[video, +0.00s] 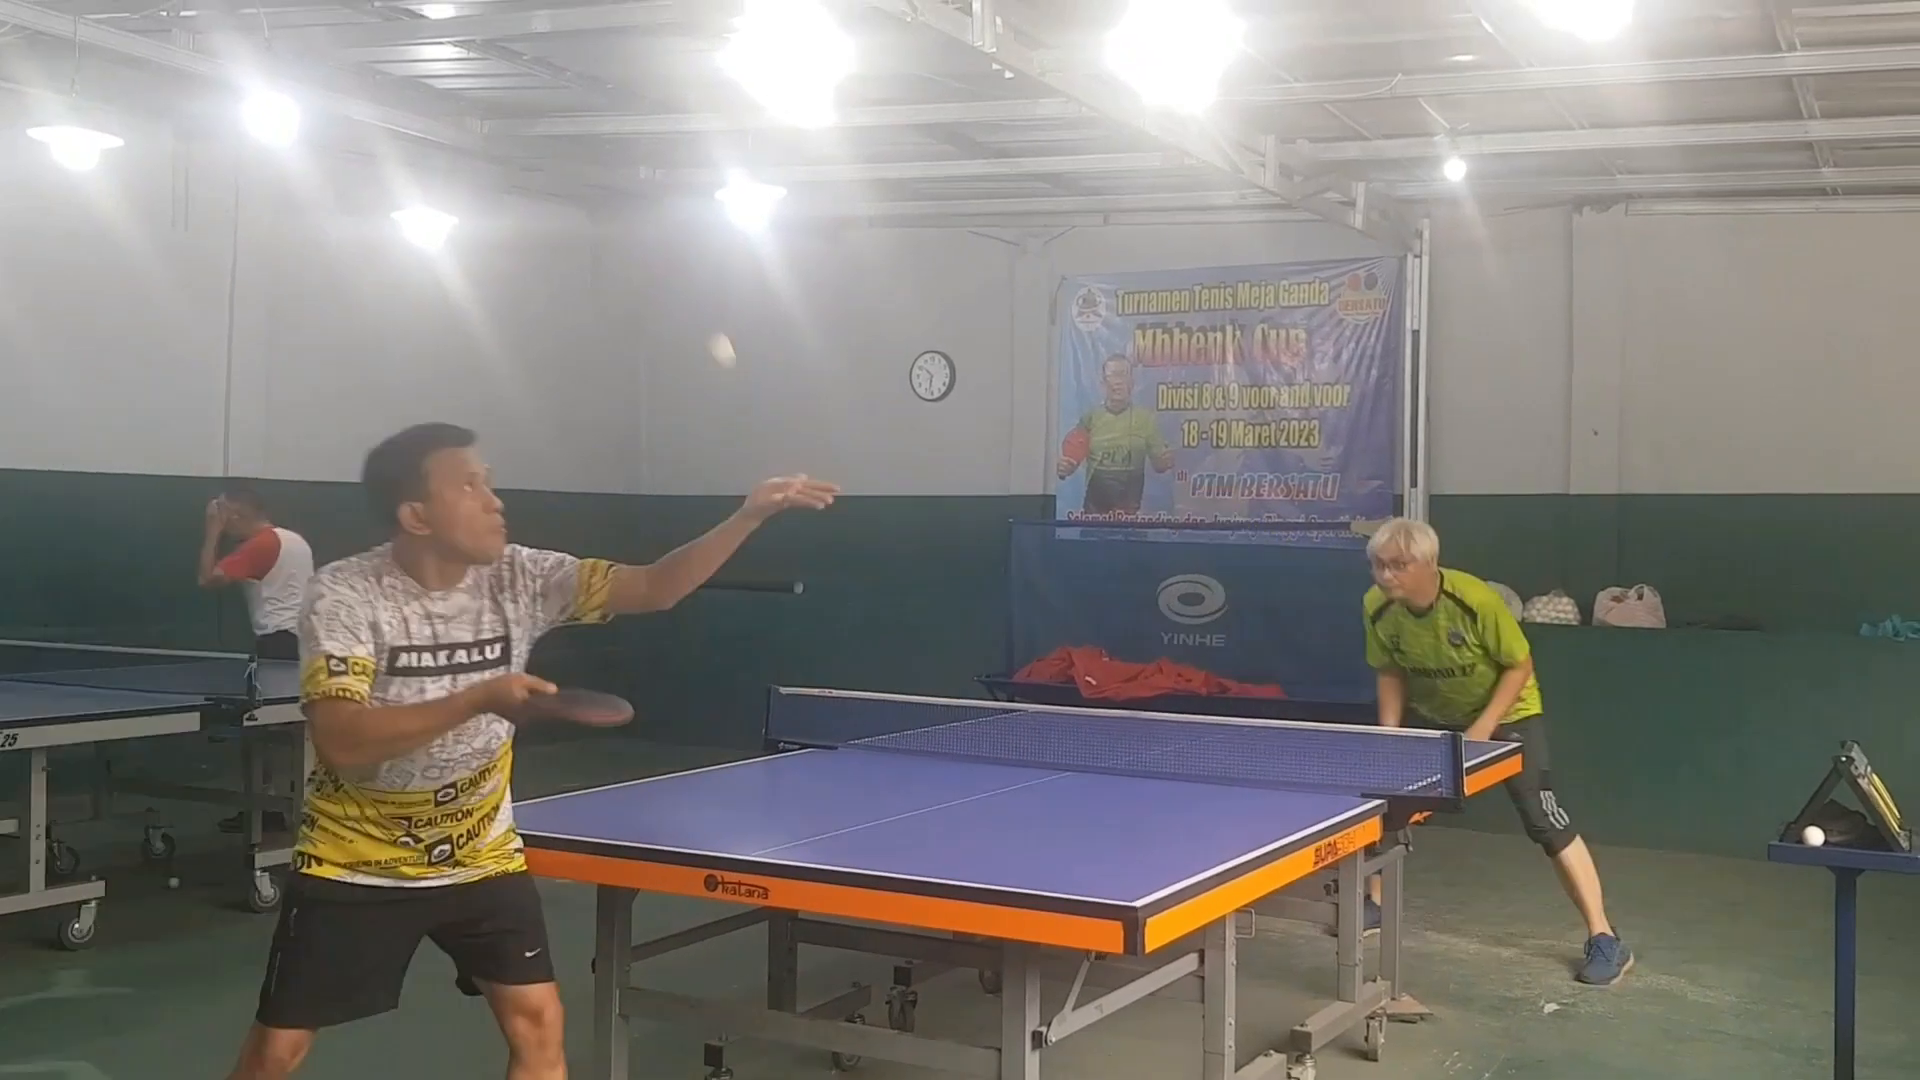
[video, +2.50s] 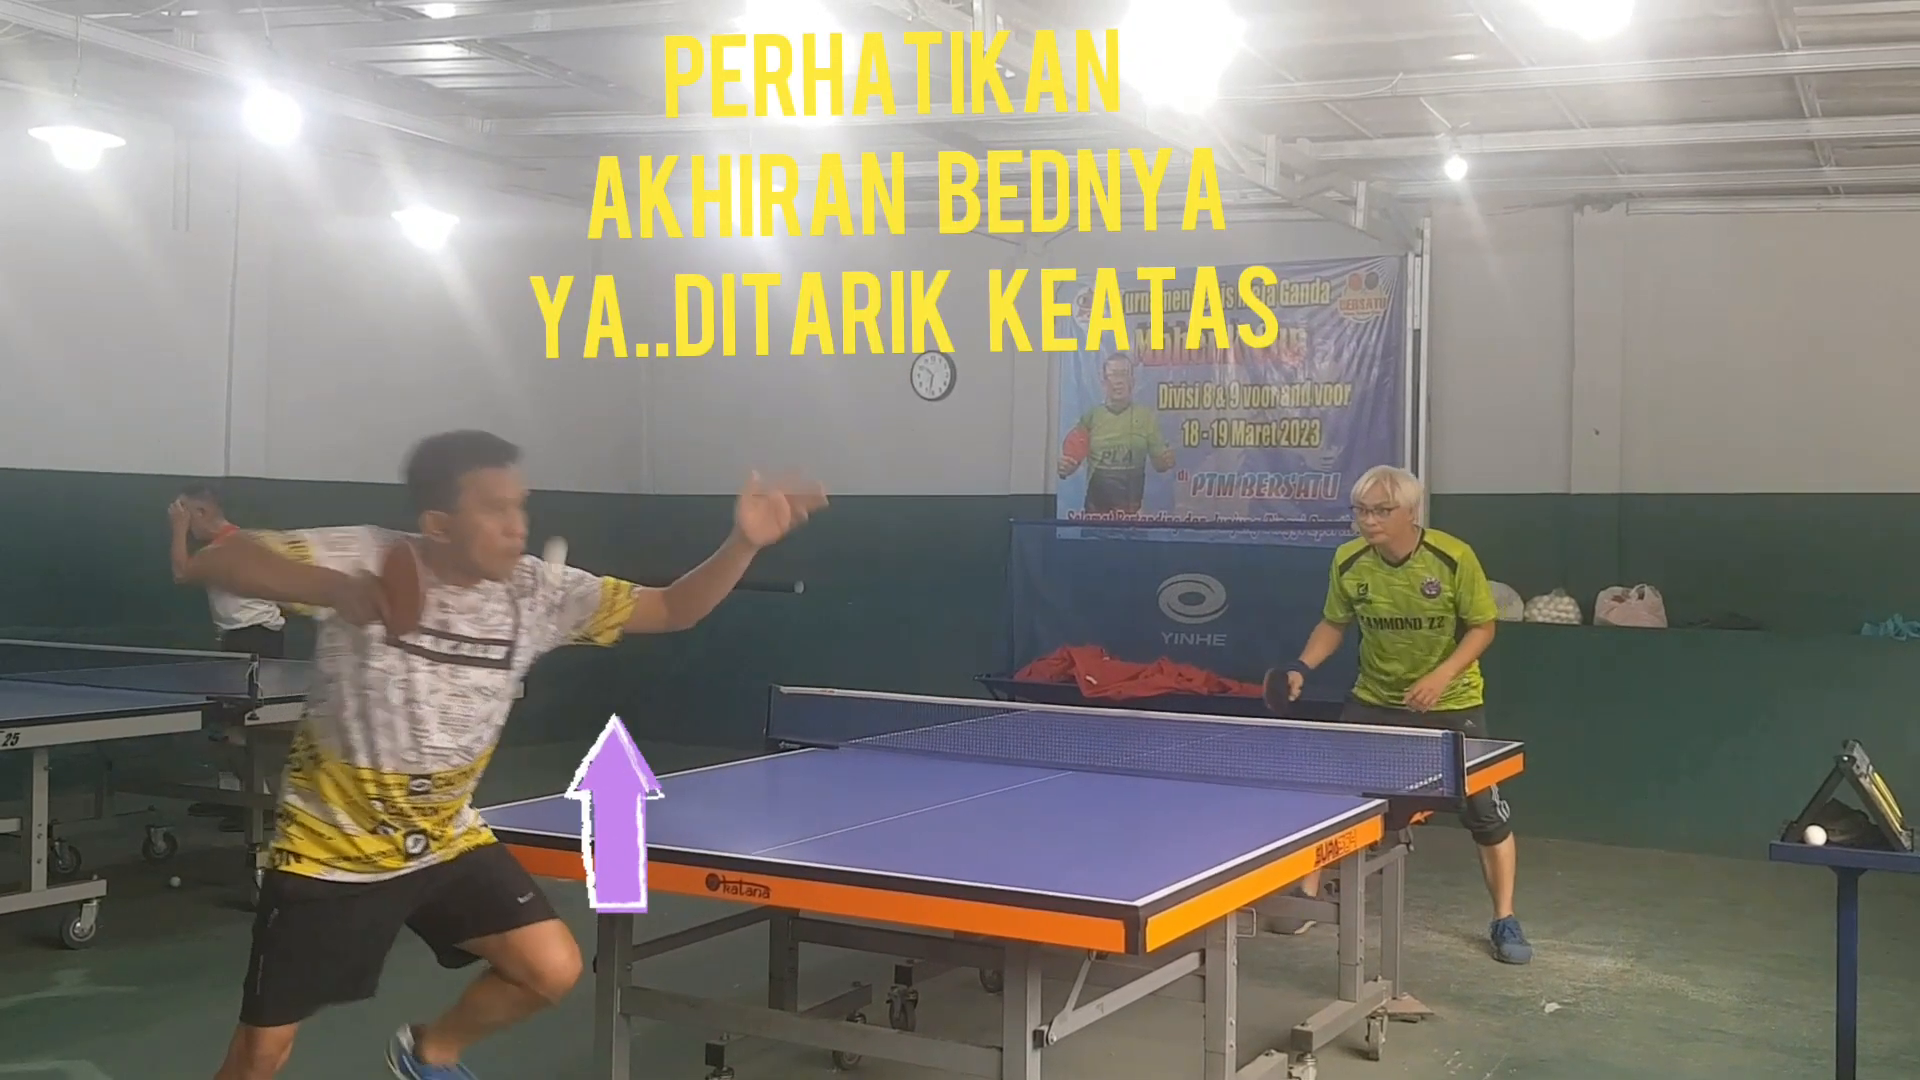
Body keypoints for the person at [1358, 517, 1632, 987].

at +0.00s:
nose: (1383, 576)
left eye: (1394, 566)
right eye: (1378, 566)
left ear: (1425, 565)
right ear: (1374, 567)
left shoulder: (1475, 600)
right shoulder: (1377, 607)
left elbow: (1520, 665)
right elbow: (1388, 674)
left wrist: (1484, 726)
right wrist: (1388, 741)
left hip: (1507, 714)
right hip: (1430, 719)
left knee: (1541, 814)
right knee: (1375, 804)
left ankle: (1603, 937)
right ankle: (1369, 903)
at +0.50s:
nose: (1378, 557)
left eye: (1389, 548)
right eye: (1373, 548)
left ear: (1419, 547)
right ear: (1369, 550)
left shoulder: (1466, 586)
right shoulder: (1368, 592)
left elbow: (1509, 652)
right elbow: (1374, 658)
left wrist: (1477, 713)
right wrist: (1371, 723)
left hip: (1493, 710)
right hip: (1414, 714)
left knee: (1533, 812)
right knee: (1375, 806)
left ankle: (1591, 932)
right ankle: (1372, 904)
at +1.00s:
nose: (1374, 535)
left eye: (1386, 525)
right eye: (1369, 525)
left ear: (1417, 527)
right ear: (1365, 529)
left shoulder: (1463, 569)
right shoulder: (1358, 576)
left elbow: (1496, 636)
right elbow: (1354, 639)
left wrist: (1462, 696)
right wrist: (1346, 704)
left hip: (1476, 701)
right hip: (1400, 705)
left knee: (1512, 804)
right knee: (1369, 799)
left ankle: (1556, 920)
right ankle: (1371, 900)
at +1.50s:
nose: (1375, 521)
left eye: (1386, 511)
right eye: (1370, 512)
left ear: (1418, 514)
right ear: (1367, 516)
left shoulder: (1465, 558)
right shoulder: (1357, 564)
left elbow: (1492, 625)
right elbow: (1346, 624)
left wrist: (1452, 681)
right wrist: (1328, 683)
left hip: (1466, 698)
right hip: (1390, 697)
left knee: (1492, 803)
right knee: (1365, 794)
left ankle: (1509, 915)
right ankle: (1368, 897)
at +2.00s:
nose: (1376, 518)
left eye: (1387, 509)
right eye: (1371, 509)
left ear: (1418, 511)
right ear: (1367, 514)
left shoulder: (1466, 558)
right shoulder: (1359, 561)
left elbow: (1492, 627)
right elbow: (1344, 621)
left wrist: (1446, 677)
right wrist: (1315, 674)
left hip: (1462, 700)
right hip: (1385, 695)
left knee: (1488, 804)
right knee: (1336, 775)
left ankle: (1506, 919)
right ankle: (1347, 891)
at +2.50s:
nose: (1367, 521)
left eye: (1378, 511)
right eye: (1361, 511)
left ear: (1409, 513)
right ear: (1355, 515)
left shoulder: (1454, 558)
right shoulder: (1349, 561)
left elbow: (1483, 626)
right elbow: (1332, 624)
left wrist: (1441, 676)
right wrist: (1301, 668)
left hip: (1452, 705)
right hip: (1373, 702)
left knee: (1485, 808)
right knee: (1330, 790)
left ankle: (1505, 918)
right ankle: (1308, 895)